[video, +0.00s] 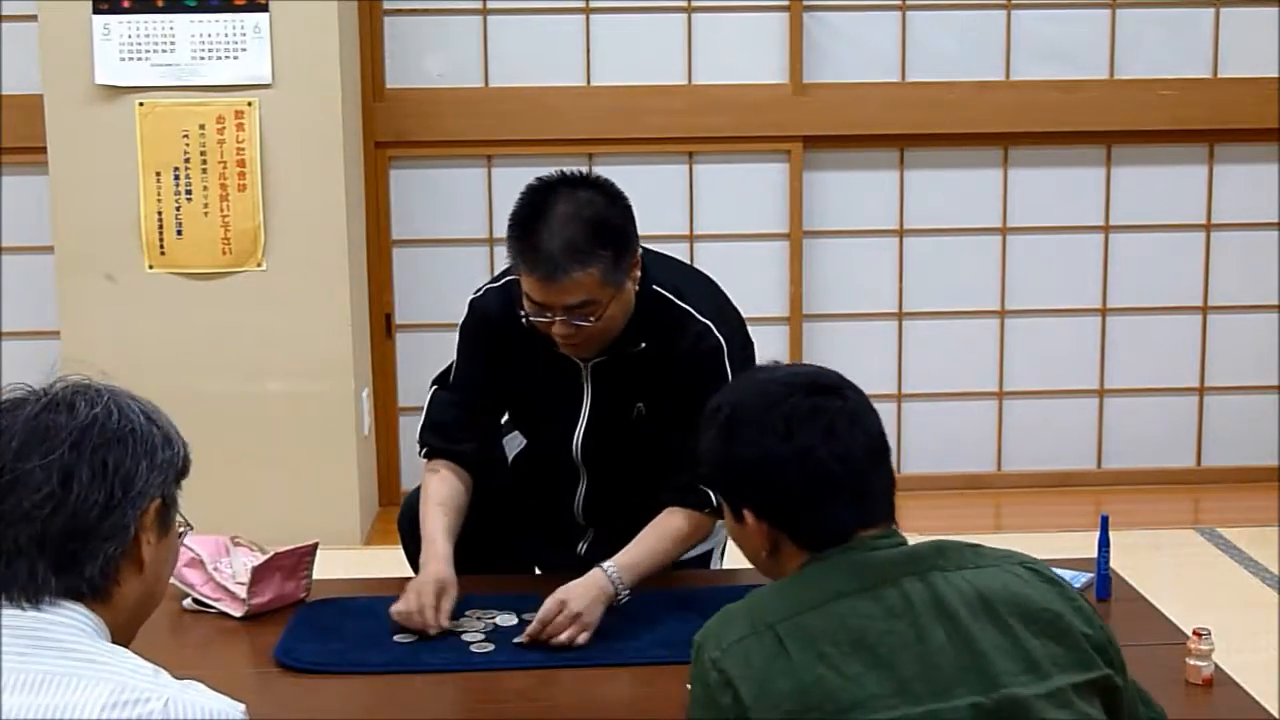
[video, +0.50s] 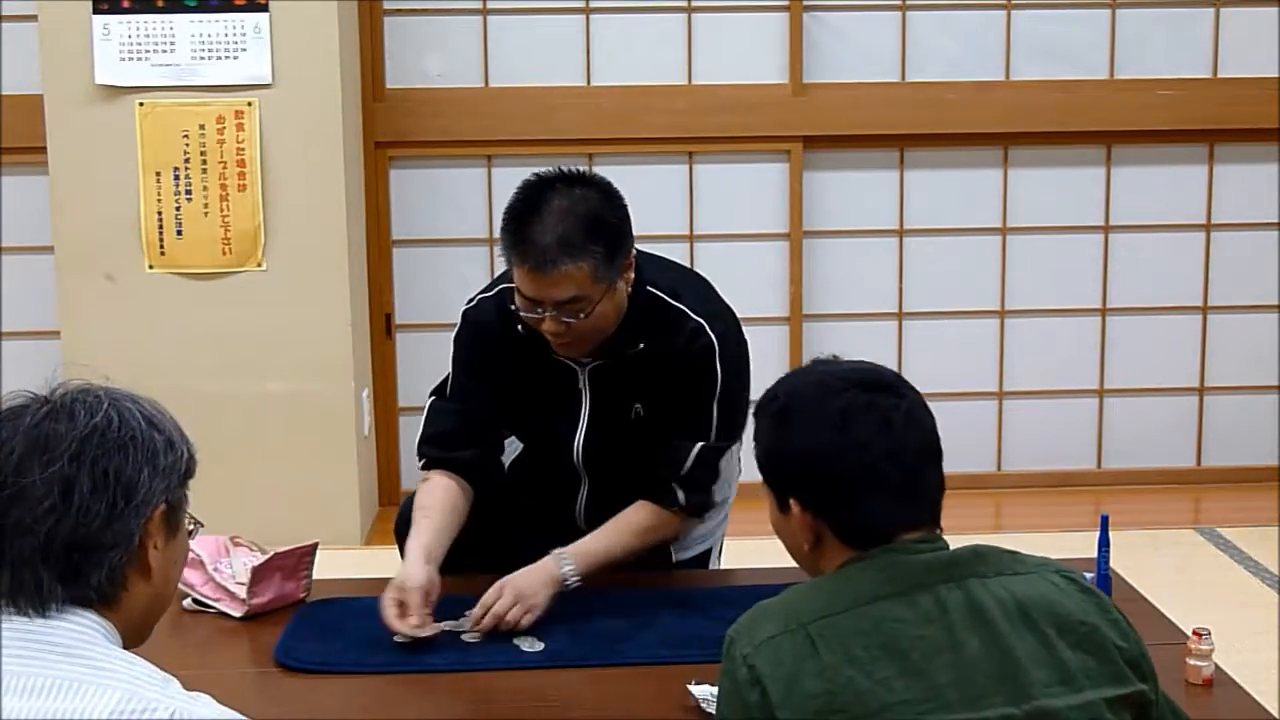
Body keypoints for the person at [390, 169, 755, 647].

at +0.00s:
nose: (559, 330)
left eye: (582, 312)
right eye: (540, 309)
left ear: (633, 271)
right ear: (520, 275)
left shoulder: (702, 331)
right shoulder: (497, 315)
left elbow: (706, 497)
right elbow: (452, 447)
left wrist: (605, 582)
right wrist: (436, 559)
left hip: (654, 520)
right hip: (544, 509)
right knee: (423, 514)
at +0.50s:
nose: (550, 326)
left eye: (572, 308)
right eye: (532, 304)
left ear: (626, 273)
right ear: (514, 272)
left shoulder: (701, 335)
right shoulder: (492, 319)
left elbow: (680, 500)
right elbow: (455, 456)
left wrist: (556, 569)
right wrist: (421, 560)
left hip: (654, 538)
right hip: (534, 526)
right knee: (422, 518)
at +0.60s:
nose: (544, 320)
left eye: (566, 302)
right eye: (525, 297)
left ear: (624, 272)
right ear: (509, 267)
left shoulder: (695, 335)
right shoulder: (489, 323)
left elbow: (662, 496)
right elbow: (447, 460)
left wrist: (537, 573)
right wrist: (392, 566)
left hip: (652, 542)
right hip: (524, 536)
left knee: (638, 694)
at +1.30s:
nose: (522, 323)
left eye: (541, 304)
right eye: (504, 301)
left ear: (599, 268)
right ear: (487, 277)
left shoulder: (680, 330)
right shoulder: (478, 326)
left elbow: (674, 490)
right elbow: (434, 455)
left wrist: (560, 577)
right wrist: (398, 559)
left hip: (651, 532)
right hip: (531, 521)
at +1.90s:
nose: (558, 286)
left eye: (580, 265)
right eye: (540, 263)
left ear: (634, 238)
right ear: (523, 240)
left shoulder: (703, 306)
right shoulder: (506, 300)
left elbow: (688, 467)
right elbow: (472, 423)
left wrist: (562, 533)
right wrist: (444, 507)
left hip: (654, 534)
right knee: (419, 527)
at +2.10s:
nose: (584, 253)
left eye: (607, 233)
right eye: (568, 229)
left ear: (665, 211)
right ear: (554, 207)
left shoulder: (720, 291)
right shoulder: (526, 271)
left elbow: (727, 448)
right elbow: (480, 384)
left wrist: (585, 507)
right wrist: (472, 471)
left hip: (646, 503)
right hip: (526, 486)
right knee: (411, 540)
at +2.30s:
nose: (602, 249)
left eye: (627, 230)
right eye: (586, 225)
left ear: (683, 208)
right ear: (573, 197)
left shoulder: (742, 296)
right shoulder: (534, 265)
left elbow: (759, 450)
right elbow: (476, 386)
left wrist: (641, 524)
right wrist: (481, 498)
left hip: (682, 557)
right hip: (539, 545)